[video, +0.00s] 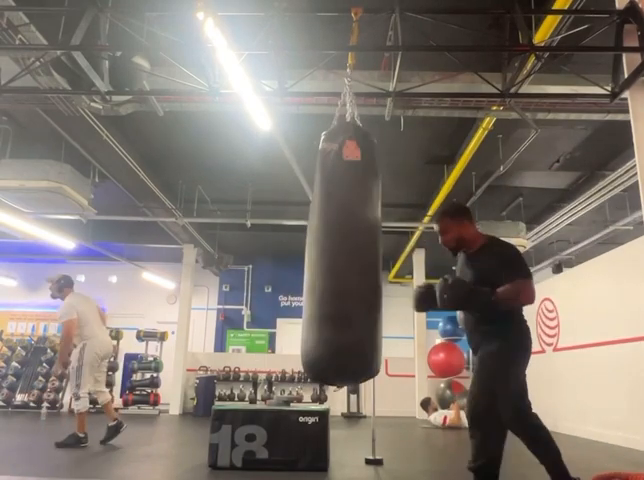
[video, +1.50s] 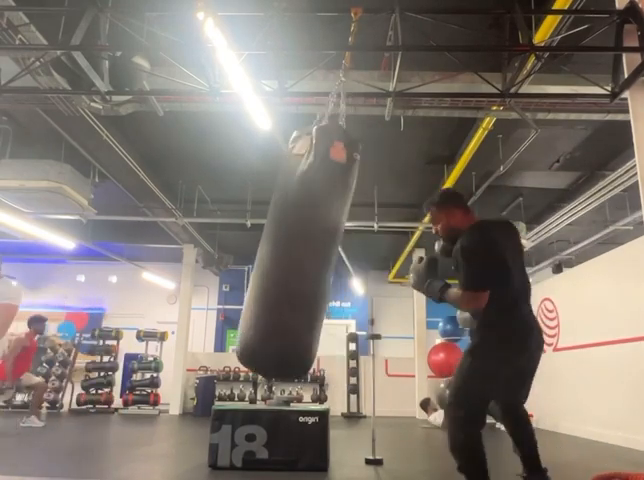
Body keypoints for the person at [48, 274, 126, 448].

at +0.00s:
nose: (50, 289)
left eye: (53, 286)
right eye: (50, 286)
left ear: (64, 288)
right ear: (69, 288)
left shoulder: (69, 303)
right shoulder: (87, 299)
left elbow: (68, 334)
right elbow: (102, 318)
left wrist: (63, 359)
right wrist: (99, 337)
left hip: (88, 345)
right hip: (105, 343)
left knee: (79, 390)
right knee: (98, 388)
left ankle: (80, 433)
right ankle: (114, 421)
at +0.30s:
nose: (52, 282)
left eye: (54, 278)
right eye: (52, 278)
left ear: (64, 279)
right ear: (71, 279)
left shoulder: (67, 296)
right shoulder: (84, 296)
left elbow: (61, 323)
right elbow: (94, 319)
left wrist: (42, 344)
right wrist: (83, 334)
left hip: (72, 343)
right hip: (82, 342)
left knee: (72, 386)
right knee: (57, 383)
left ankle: (81, 433)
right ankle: (69, 426)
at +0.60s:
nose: (38, 281)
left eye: (41, 278)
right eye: (39, 278)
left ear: (53, 278)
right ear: (52, 278)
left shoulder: (59, 294)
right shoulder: (48, 296)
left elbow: (62, 320)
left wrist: (42, 342)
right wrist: (36, 342)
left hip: (54, 346)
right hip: (42, 346)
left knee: (60, 389)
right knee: (33, 388)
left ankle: (75, 429)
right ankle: (22, 431)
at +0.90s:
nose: (20, 279)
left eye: (23, 275)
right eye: (20, 275)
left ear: (34, 276)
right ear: (25, 277)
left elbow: (60, 318)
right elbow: (16, 323)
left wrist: (55, 343)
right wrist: (5, 340)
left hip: (33, 341)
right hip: (18, 341)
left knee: (6, 383)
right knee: (22, 387)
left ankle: (20, 427)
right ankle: (22, 429)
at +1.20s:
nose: (1, 275)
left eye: (5, 272)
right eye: (2, 271)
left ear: (15, 274)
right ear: (9, 274)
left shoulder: (26, 293)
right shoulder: (6, 291)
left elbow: (41, 323)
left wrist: (44, 350)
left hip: (13, 341)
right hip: (4, 340)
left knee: (6, 381)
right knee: (6, 382)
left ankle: (16, 426)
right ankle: (16, 426)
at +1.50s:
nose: (44, 327)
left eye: (44, 324)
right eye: (41, 324)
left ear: (38, 326)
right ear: (33, 325)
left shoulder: (33, 341)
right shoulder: (21, 340)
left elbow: (29, 360)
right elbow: (9, 359)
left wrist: (30, 373)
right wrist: (9, 380)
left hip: (23, 373)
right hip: (13, 374)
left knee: (42, 384)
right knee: (41, 385)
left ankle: (34, 415)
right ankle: (31, 416)